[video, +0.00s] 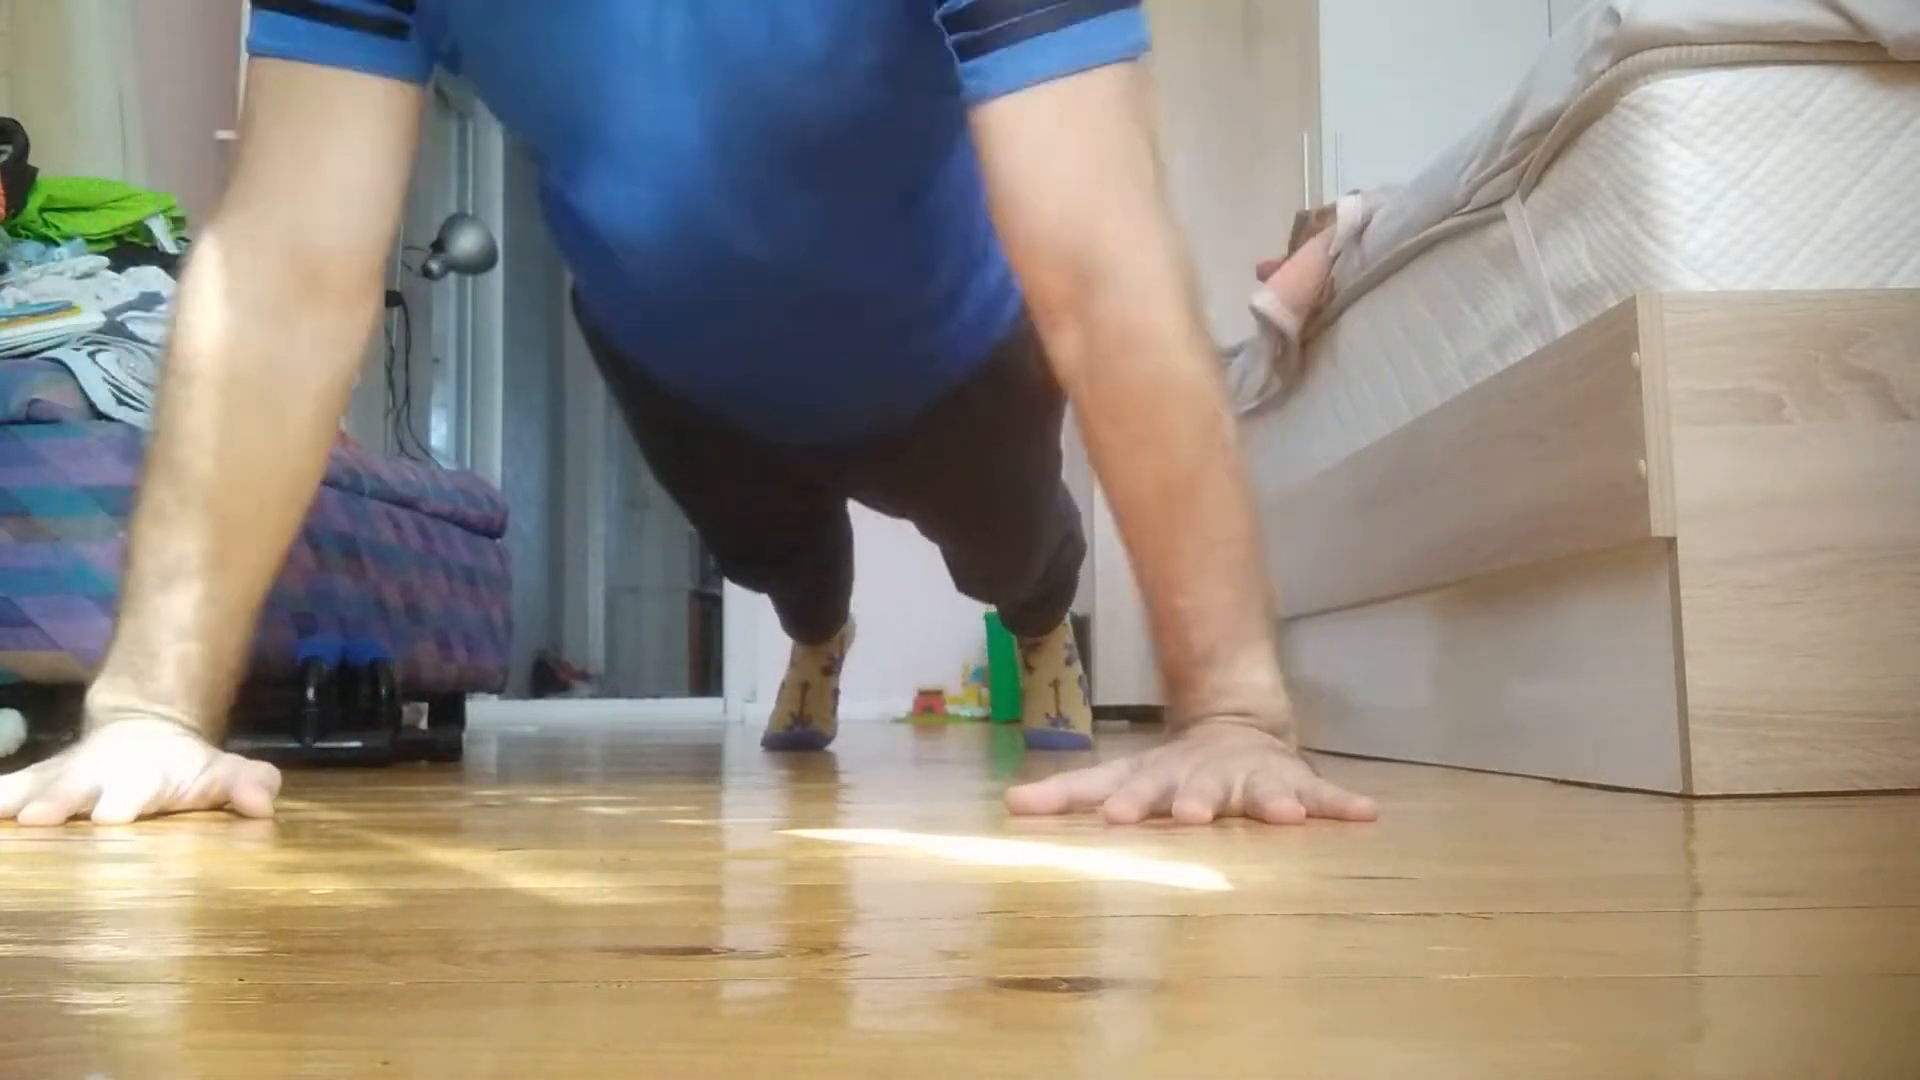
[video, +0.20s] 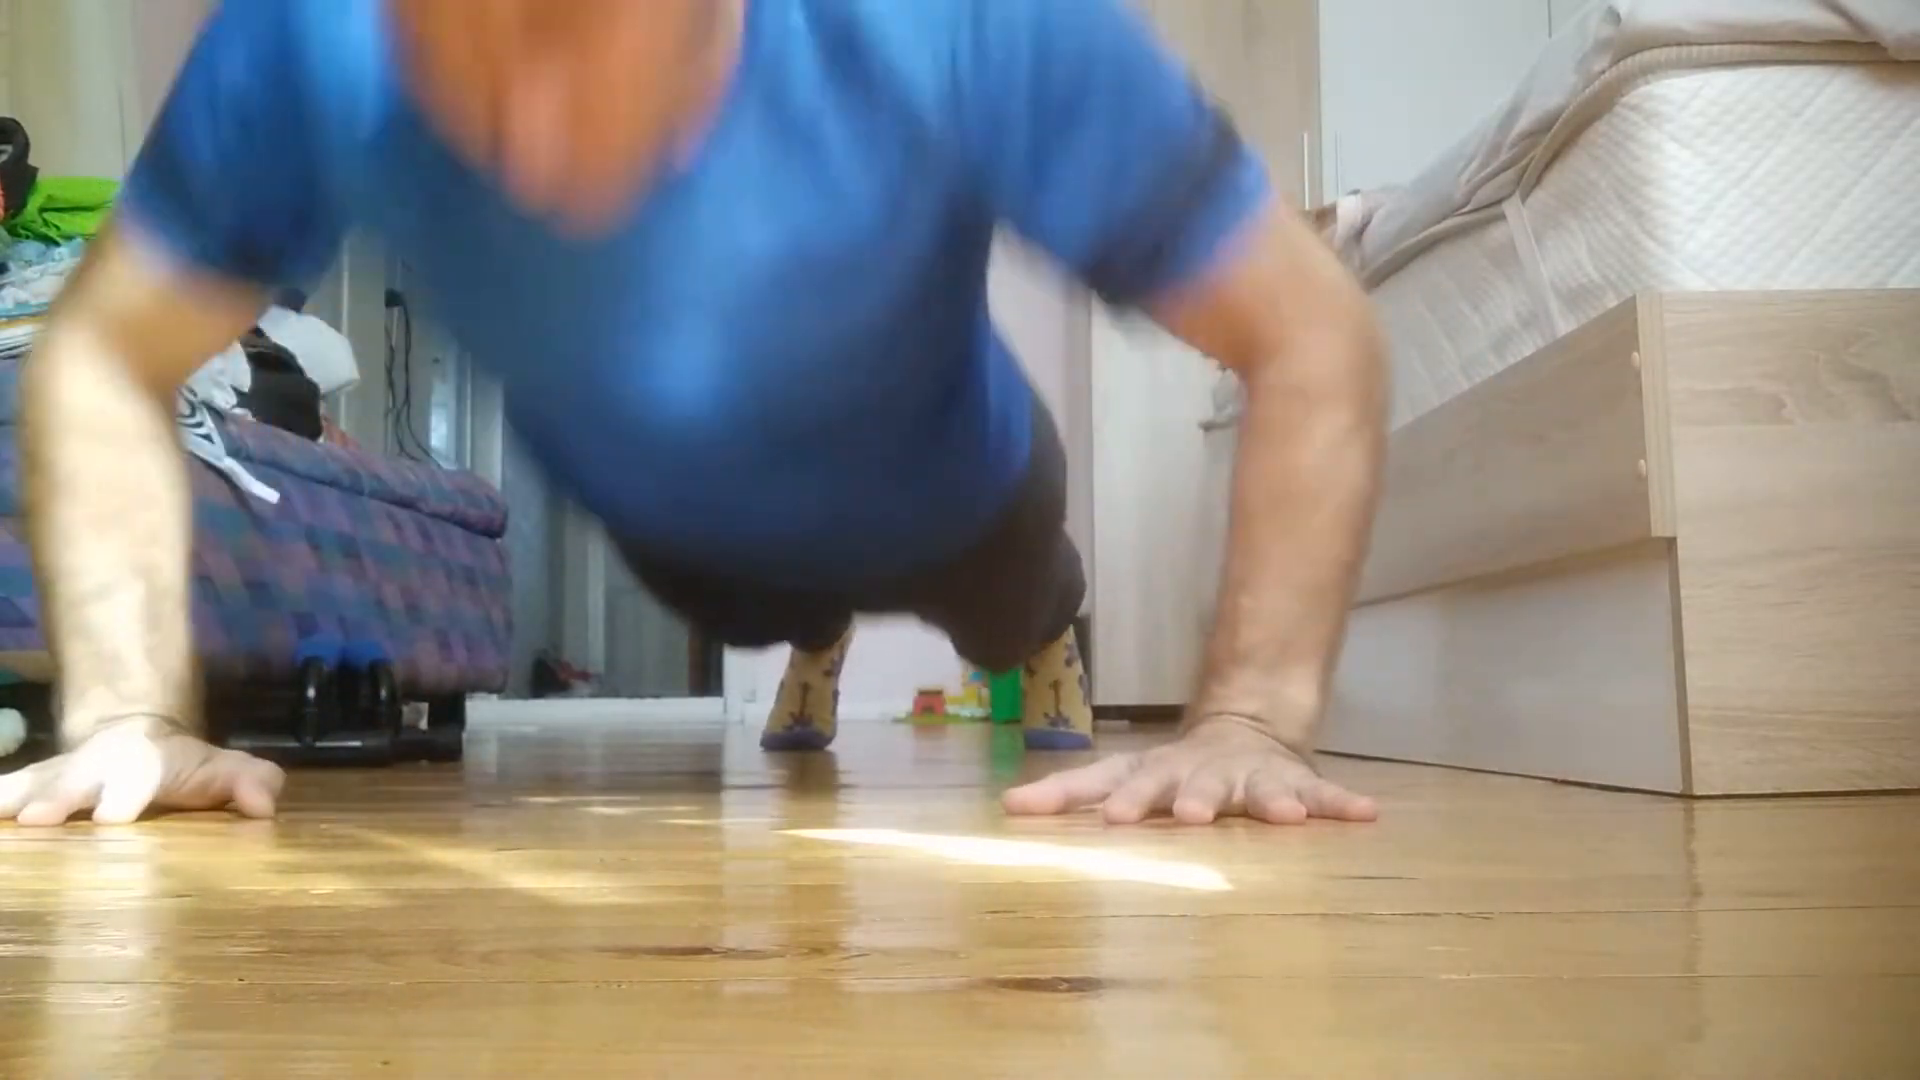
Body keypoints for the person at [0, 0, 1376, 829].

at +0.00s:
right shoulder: (381, 2)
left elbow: (1102, 266)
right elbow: (284, 269)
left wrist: (1236, 700)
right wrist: (154, 708)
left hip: (941, 360)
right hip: (683, 378)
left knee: (1013, 549)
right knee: (778, 550)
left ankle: (1015, 622)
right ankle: (817, 642)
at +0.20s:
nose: (521, 124)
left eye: (572, 50)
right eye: (472, 54)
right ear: (412, 13)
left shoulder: (951, 32)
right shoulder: (322, 52)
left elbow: (1320, 331)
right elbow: (97, 355)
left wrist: (1249, 718)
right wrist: (136, 716)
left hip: (946, 508)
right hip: (698, 553)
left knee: (1011, 625)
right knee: (787, 617)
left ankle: (1013, 660)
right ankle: (811, 659)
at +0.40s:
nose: (480, 742)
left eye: (547, 646)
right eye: (393, 666)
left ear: (707, 447)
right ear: (294, 526)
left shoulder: (942, 389)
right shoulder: (243, 382)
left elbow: (1361, 348)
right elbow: (43, 377)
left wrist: (1250, 723)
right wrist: (133, 715)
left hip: (938, 727)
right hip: (615, 761)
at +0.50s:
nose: (474, 798)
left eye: (543, 698)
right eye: (387, 716)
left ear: (708, 511)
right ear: (280, 556)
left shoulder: (940, 431)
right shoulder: (235, 404)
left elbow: (1374, 342)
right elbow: (27, 364)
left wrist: (1251, 721)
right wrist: (125, 715)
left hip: (910, 727)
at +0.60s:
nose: (488, 655)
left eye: (547, 573)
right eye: (406, 587)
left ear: (718, 388)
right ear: (317, 463)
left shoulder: (962, 370)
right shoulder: (241, 363)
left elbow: (1410, 352)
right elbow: (24, 369)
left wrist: (1260, 723)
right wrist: (121, 706)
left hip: (943, 641)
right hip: (681, 664)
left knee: (1008, 633)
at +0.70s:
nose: (510, 439)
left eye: (563, 346)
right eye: (435, 360)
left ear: (738, 189)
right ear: (347, 261)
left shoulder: (962, 238)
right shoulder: (271, 260)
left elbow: (1416, 357)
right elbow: (12, 389)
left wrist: (1263, 720)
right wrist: (128, 708)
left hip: (961, 556)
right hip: (718, 593)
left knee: (1013, 622)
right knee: (801, 641)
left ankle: (1033, 653)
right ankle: (807, 683)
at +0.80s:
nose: (530, 214)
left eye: (584, 109)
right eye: (457, 139)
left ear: (738, 19)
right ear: (383, 76)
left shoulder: (978, 101)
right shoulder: (303, 134)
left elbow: (1376, 357)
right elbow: (45, 380)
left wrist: (1264, 714)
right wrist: (134, 717)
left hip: (954, 495)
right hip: (704, 535)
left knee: (1008, 607)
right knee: (791, 611)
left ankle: (1027, 644)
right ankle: (816, 657)